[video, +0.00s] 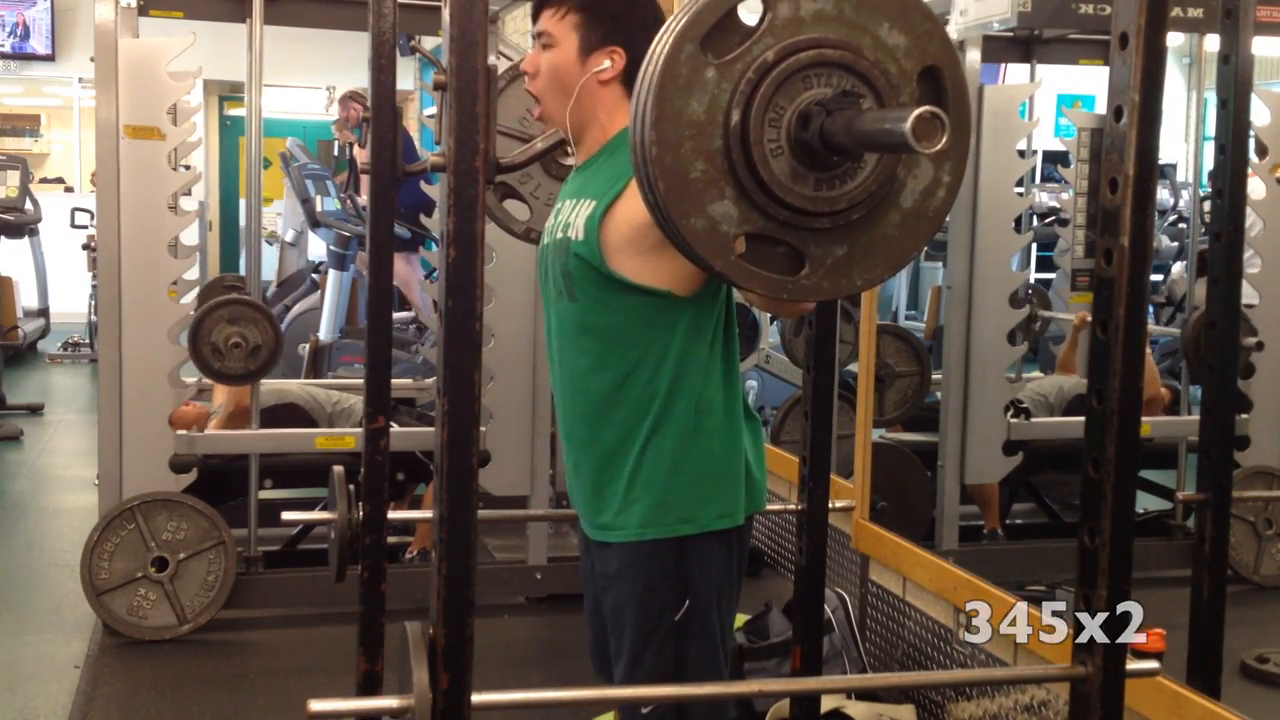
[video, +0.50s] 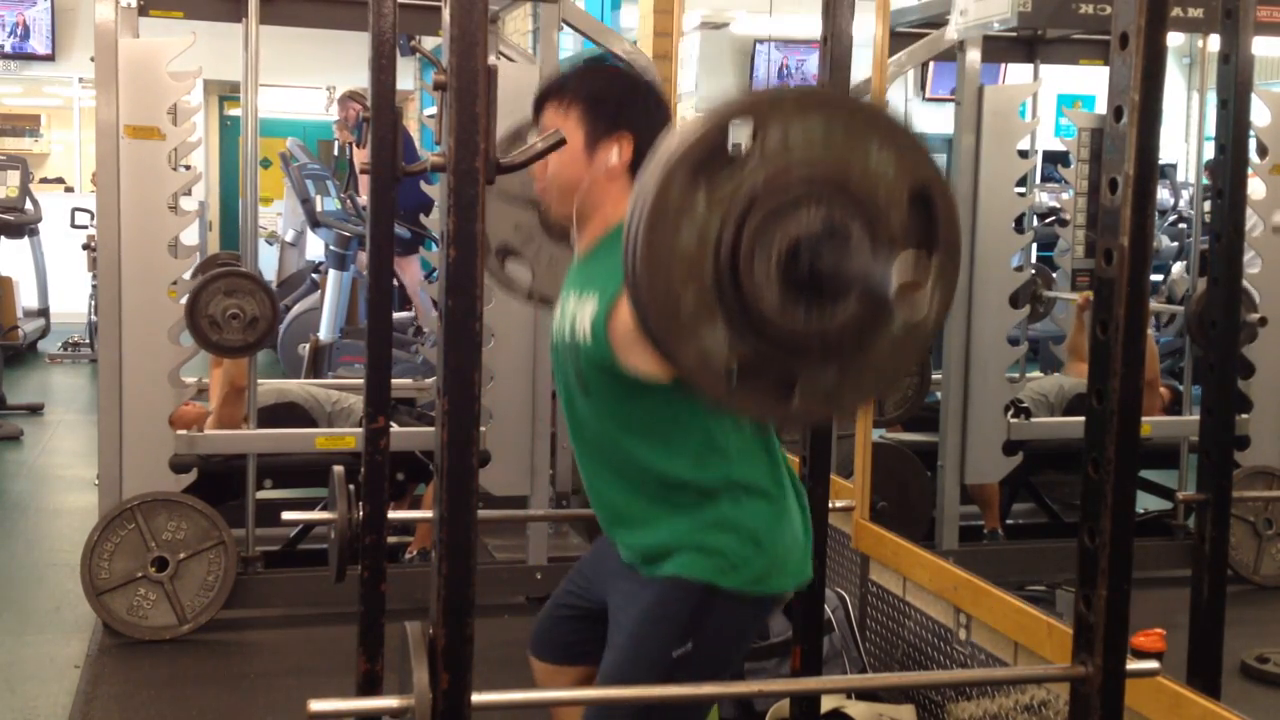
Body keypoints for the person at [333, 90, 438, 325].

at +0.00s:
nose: (345, 121)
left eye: (345, 115)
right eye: (343, 117)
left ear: (356, 108)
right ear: (357, 109)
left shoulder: (376, 129)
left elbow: (367, 169)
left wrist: (365, 201)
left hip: (399, 202)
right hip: (406, 200)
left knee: (395, 258)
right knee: (410, 260)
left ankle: (424, 315)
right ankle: (427, 318)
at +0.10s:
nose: (345, 120)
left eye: (345, 114)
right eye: (343, 115)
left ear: (356, 108)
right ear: (358, 108)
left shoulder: (373, 128)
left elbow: (366, 168)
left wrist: (365, 202)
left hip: (401, 201)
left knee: (401, 261)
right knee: (401, 260)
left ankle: (426, 318)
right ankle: (422, 313)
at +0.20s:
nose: (344, 119)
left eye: (345, 113)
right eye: (343, 114)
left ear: (357, 108)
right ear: (358, 108)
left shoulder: (374, 127)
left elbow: (366, 168)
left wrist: (364, 201)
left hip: (402, 205)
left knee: (407, 268)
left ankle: (428, 321)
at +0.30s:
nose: (344, 121)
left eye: (345, 115)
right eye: (343, 116)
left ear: (356, 108)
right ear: (358, 109)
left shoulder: (369, 127)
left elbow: (366, 171)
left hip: (400, 207)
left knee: (409, 275)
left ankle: (432, 329)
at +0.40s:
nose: (343, 119)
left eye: (344, 113)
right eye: (342, 114)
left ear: (356, 108)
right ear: (357, 108)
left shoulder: (374, 127)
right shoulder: (363, 130)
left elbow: (365, 169)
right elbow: (362, 171)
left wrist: (365, 202)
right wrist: (364, 201)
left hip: (403, 200)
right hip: (391, 200)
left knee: (409, 259)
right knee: (398, 258)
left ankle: (429, 321)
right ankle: (417, 310)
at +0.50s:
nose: (343, 119)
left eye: (344, 113)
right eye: (341, 115)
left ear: (356, 108)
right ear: (355, 110)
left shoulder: (380, 128)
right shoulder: (359, 134)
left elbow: (369, 168)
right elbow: (361, 171)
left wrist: (365, 201)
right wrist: (363, 199)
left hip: (403, 204)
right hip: (384, 204)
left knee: (406, 266)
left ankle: (429, 325)